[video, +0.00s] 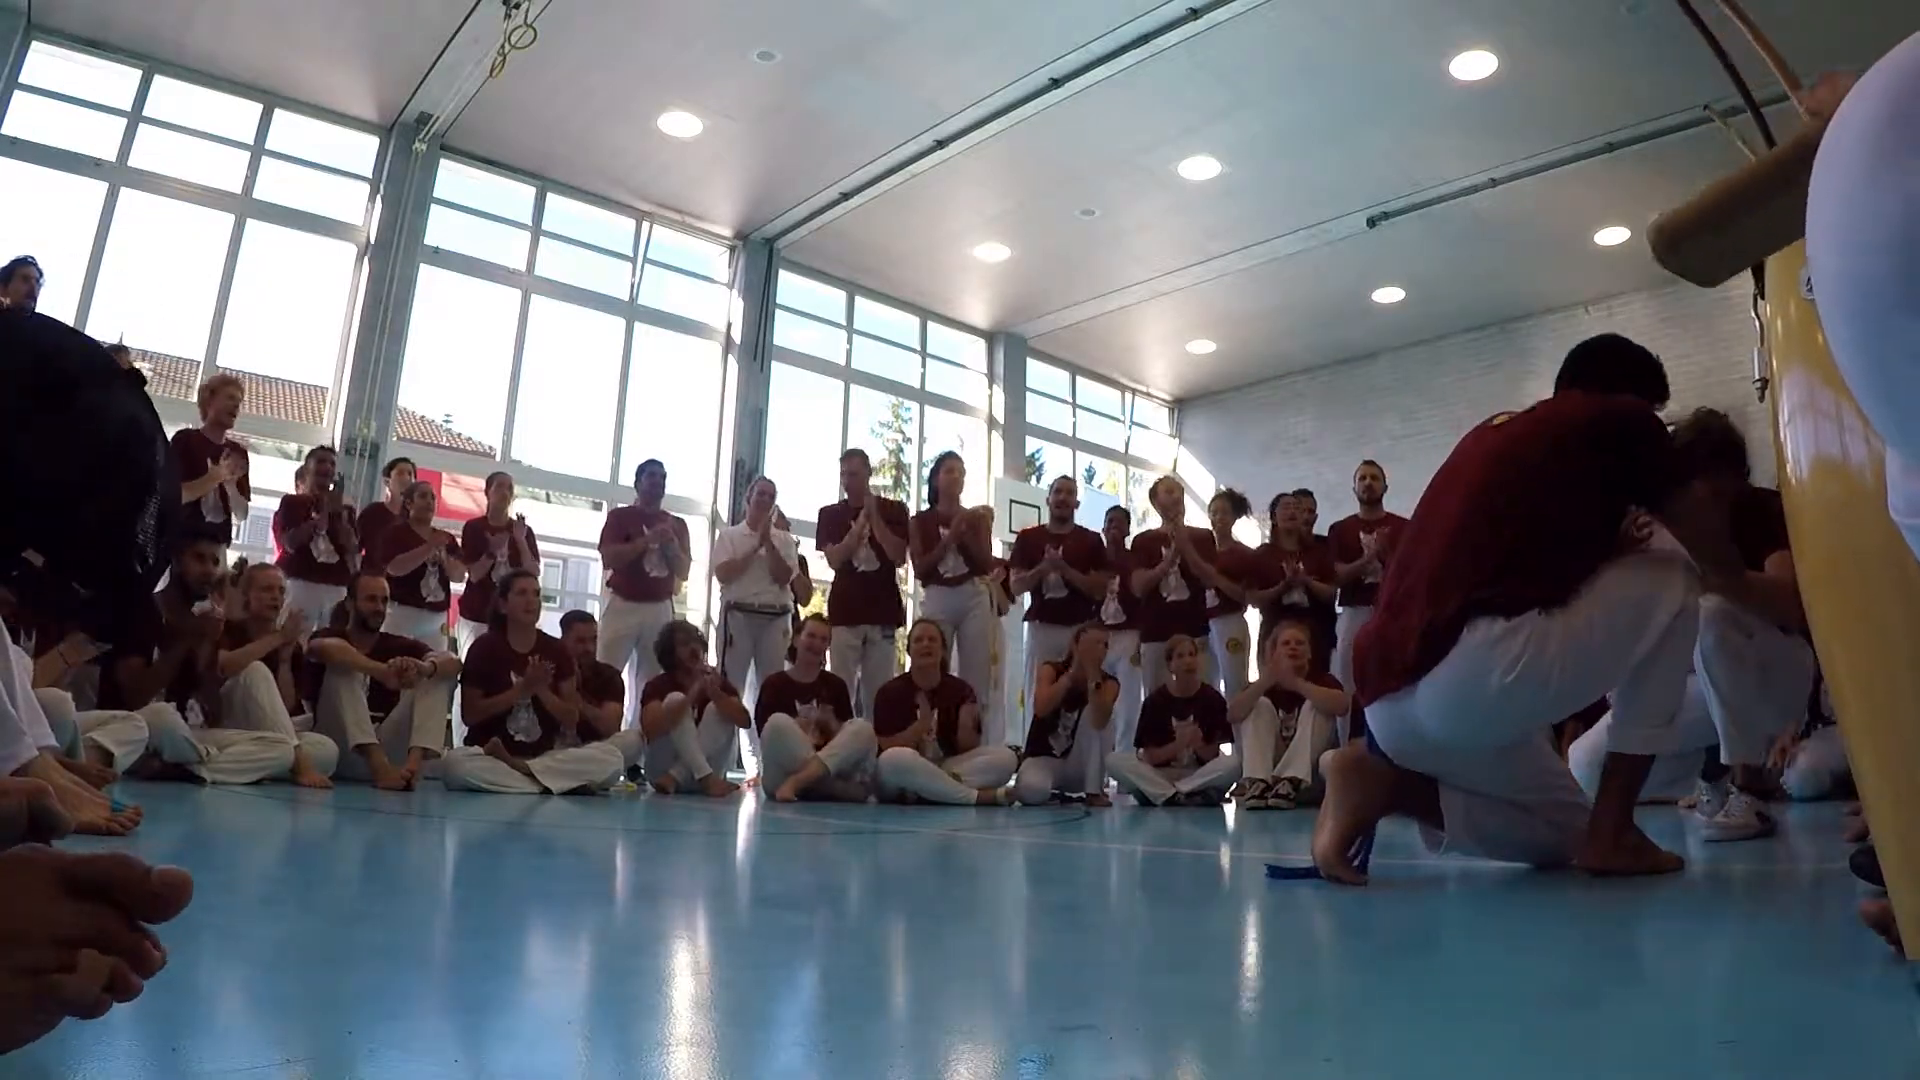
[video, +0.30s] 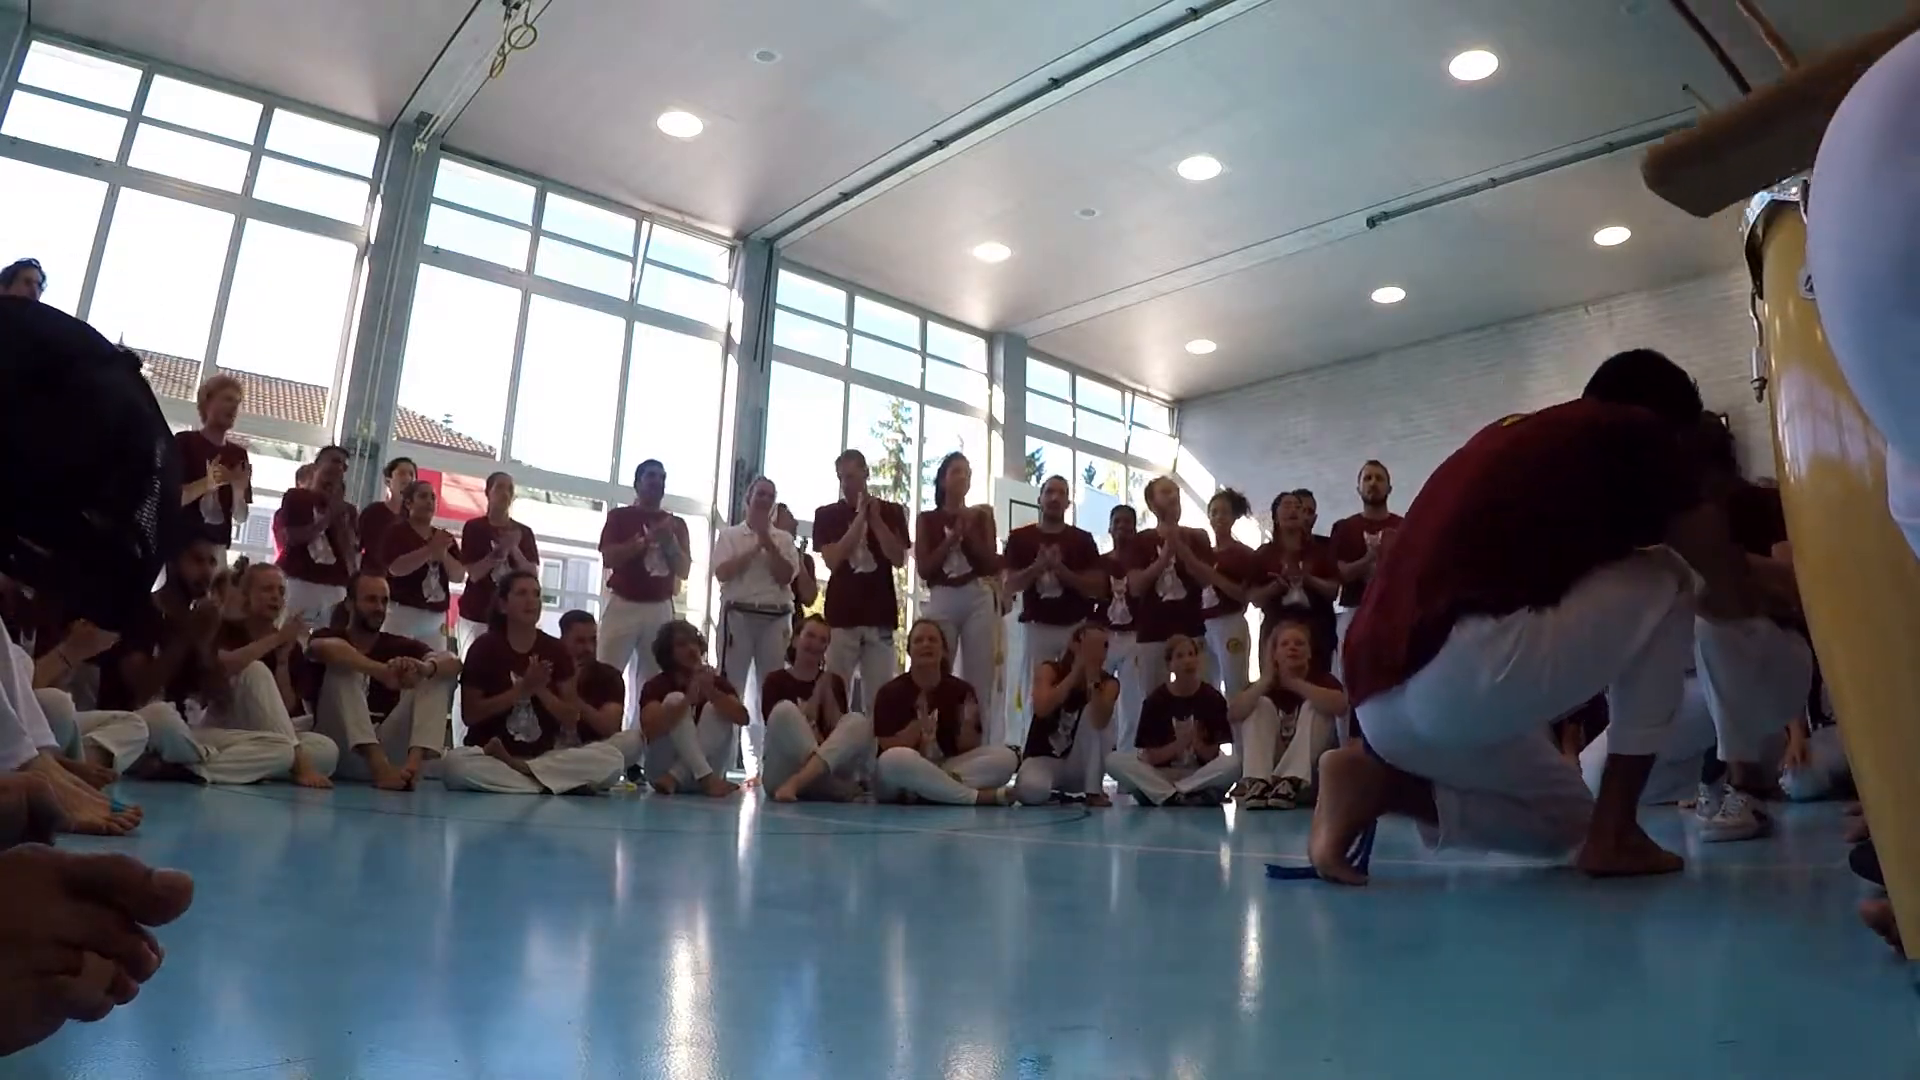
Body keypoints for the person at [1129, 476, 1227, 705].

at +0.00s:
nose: (1176, 496)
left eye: (1178, 492)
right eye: (1168, 492)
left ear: (1184, 498)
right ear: (1155, 503)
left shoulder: (1204, 537)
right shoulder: (1144, 540)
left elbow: (1211, 580)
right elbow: (1138, 587)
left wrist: (1185, 545)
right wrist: (1166, 564)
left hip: (1197, 633)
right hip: (1155, 635)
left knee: (1202, 704)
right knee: (1157, 707)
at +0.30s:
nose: (1172, 499)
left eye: (1175, 493)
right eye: (1164, 494)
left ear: (1181, 498)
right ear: (1151, 503)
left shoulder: (1198, 537)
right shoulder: (1140, 541)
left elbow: (1207, 579)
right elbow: (1135, 585)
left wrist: (1182, 548)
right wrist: (1164, 558)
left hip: (1192, 632)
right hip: (1152, 634)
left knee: (1196, 704)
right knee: (1152, 706)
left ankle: (1197, 769)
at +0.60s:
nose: (1166, 501)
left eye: (1168, 496)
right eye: (1159, 497)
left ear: (1173, 501)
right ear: (1143, 505)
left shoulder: (1190, 539)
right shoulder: (1133, 543)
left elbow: (1201, 581)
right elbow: (1126, 590)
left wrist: (1180, 556)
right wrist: (1152, 566)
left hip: (1185, 634)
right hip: (1146, 636)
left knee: (1189, 704)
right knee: (1142, 708)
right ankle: (1133, 770)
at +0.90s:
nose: (1162, 503)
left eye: (1164, 497)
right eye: (1155, 498)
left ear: (1168, 501)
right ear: (1138, 506)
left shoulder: (1184, 540)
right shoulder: (1124, 545)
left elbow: (1194, 582)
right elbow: (1123, 589)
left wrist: (1173, 553)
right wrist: (1152, 562)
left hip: (1178, 636)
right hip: (1140, 639)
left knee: (1185, 704)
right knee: (1140, 710)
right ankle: (1133, 775)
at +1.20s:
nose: (1161, 502)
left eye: (1163, 497)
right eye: (1153, 498)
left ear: (1167, 501)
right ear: (1138, 506)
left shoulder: (1183, 540)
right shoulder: (1126, 544)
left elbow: (1193, 584)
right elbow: (1121, 590)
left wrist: (1170, 548)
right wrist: (1146, 560)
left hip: (1179, 634)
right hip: (1141, 637)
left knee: (1188, 702)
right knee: (1144, 707)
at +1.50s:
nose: (1165, 503)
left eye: (1167, 497)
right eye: (1156, 498)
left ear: (1171, 502)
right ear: (1142, 506)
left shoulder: (1189, 538)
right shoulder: (1130, 545)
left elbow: (1198, 580)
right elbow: (1128, 590)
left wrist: (1174, 546)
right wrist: (1152, 566)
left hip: (1186, 624)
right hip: (1145, 628)